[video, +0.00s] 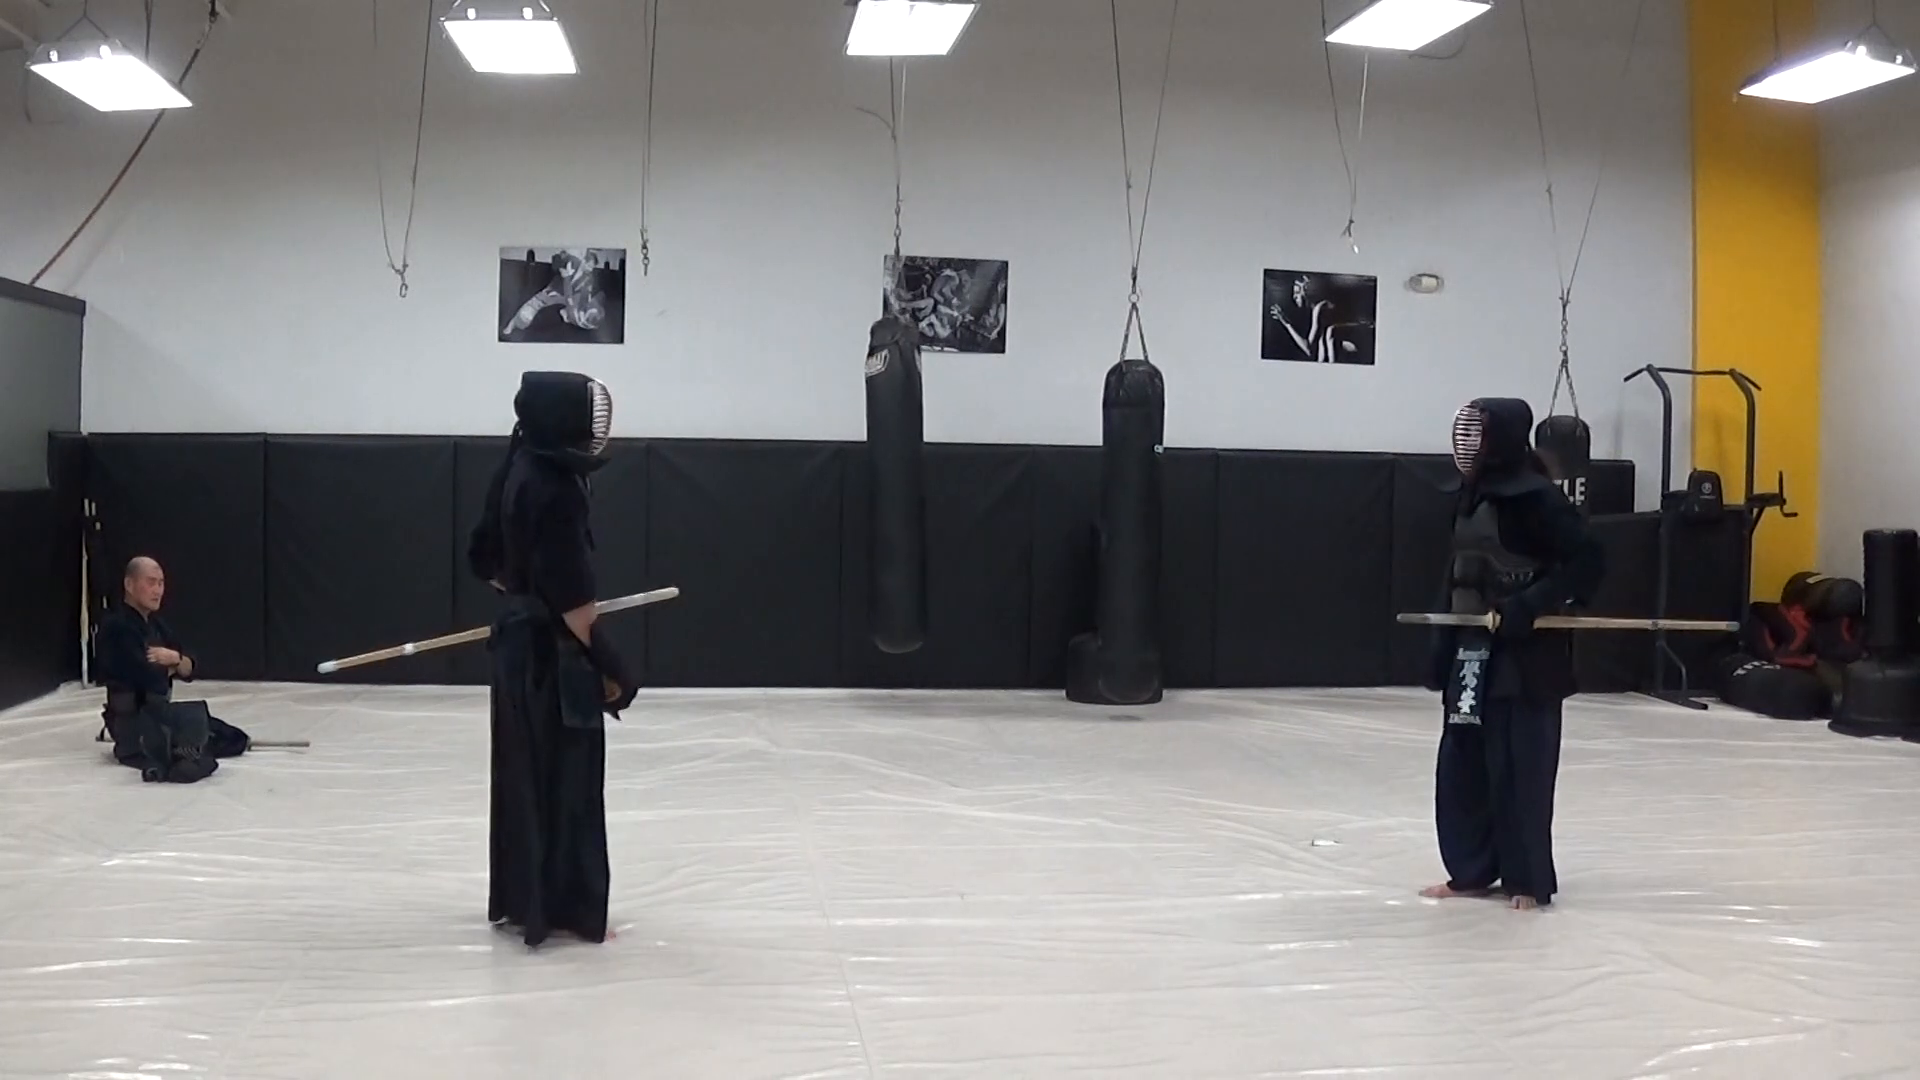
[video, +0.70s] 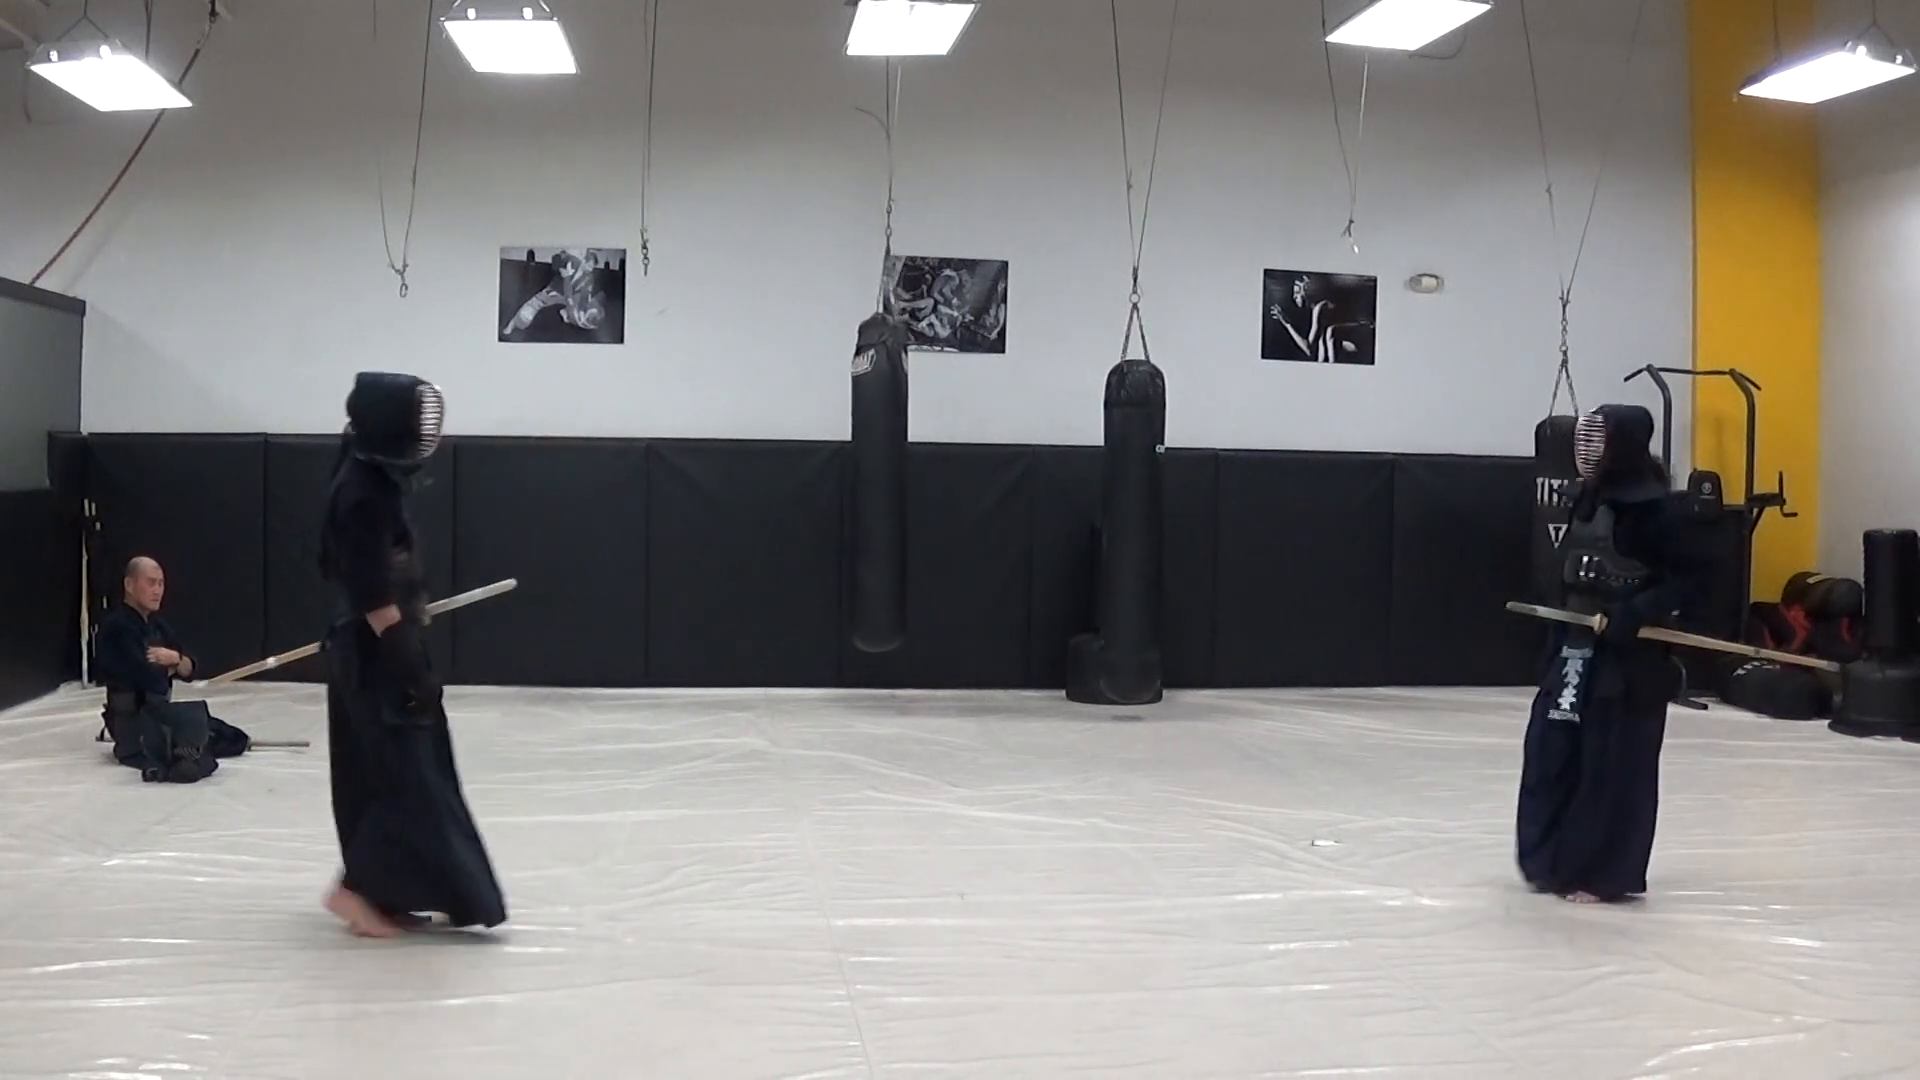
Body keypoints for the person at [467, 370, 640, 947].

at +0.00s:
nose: (599, 434)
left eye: (599, 423)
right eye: (592, 423)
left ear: (539, 420)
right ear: (567, 425)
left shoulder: (516, 469)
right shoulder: (556, 485)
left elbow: (486, 557)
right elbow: (570, 594)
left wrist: (535, 593)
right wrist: (612, 662)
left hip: (517, 642)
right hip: (552, 647)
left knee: (525, 774)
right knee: (566, 778)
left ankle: (522, 903)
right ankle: (572, 911)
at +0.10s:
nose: (587, 432)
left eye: (586, 421)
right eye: (580, 422)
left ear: (527, 421)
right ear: (556, 425)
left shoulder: (503, 470)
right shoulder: (544, 486)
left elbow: (473, 561)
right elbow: (555, 596)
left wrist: (528, 596)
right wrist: (594, 669)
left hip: (506, 642)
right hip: (542, 647)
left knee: (517, 769)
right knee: (560, 778)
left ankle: (502, 891)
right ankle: (566, 911)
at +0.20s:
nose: (570, 435)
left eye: (569, 424)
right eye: (561, 424)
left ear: (510, 423)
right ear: (534, 428)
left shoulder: (491, 477)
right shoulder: (520, 489)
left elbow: (459, 565)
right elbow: (529, 598)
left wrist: (518, 594)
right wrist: (568, 674)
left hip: (496, 646)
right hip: (526, 650)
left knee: (504, 772)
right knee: (553, 782)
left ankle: (429, 873)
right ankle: (569, 914)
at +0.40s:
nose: (515, 449)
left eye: (514, 438)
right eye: (507, 439)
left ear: (459, 438)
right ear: (481, 441)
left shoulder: (452, 489)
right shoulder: (455, 502)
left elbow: (423, 575)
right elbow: (460, 609)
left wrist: (495, 609)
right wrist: (496, 684)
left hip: (454, 654)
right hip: (470, 658)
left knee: (440, 773)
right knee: (531, 778)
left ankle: (387, 891)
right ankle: (568, 909)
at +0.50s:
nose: (483, 443)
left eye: (483, 431)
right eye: (475, 432)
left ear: (427, 430)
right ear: (451, 435)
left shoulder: (421, 486)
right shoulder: (423, 496)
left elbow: (396, 573)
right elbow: (421, 597)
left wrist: (462, 605)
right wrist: (456, 673)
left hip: (418, 652)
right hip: (435, 655)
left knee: (417, 776)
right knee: (495, 775)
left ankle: (398, 895)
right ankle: (549, 901)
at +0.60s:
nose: (456, 441)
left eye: (456, 429)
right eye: (448, 430)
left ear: (403, 426)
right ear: (423, 432)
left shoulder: (398, 482)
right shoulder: (393, 491)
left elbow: (378, 573)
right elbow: (393, 592)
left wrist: (434, 609)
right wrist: (427, 666)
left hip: (397, 645)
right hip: (401, 650)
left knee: (413, 772)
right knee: (446, 770)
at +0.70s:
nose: (428, 437)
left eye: (428, 426)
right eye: (419, 427)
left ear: (375, 424)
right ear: (394, 428)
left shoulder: (374, 480)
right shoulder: (364, 487)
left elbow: (372, 569)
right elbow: (366, 581)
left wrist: (410, 608)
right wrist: (404, 652)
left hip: (375, 640)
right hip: (370, 645)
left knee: (391, 770)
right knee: (402, 773)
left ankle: (390, 888)